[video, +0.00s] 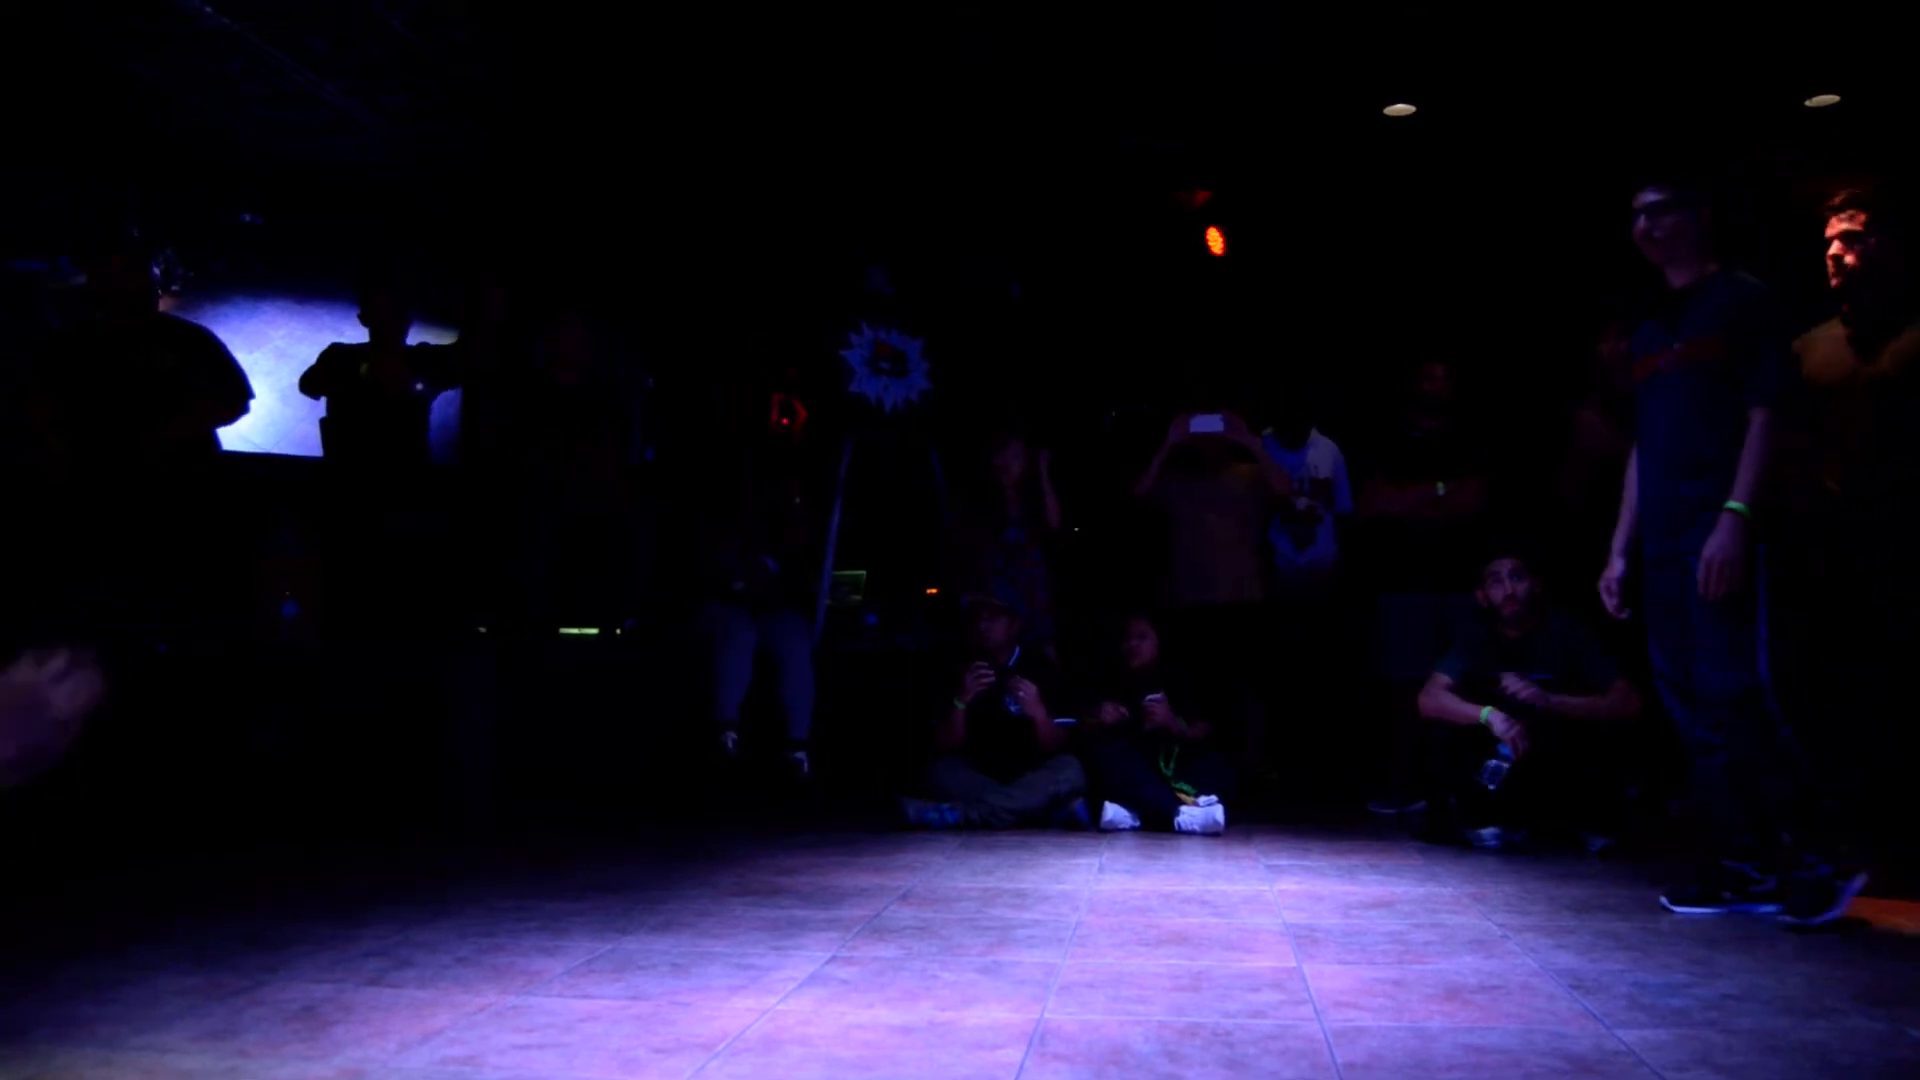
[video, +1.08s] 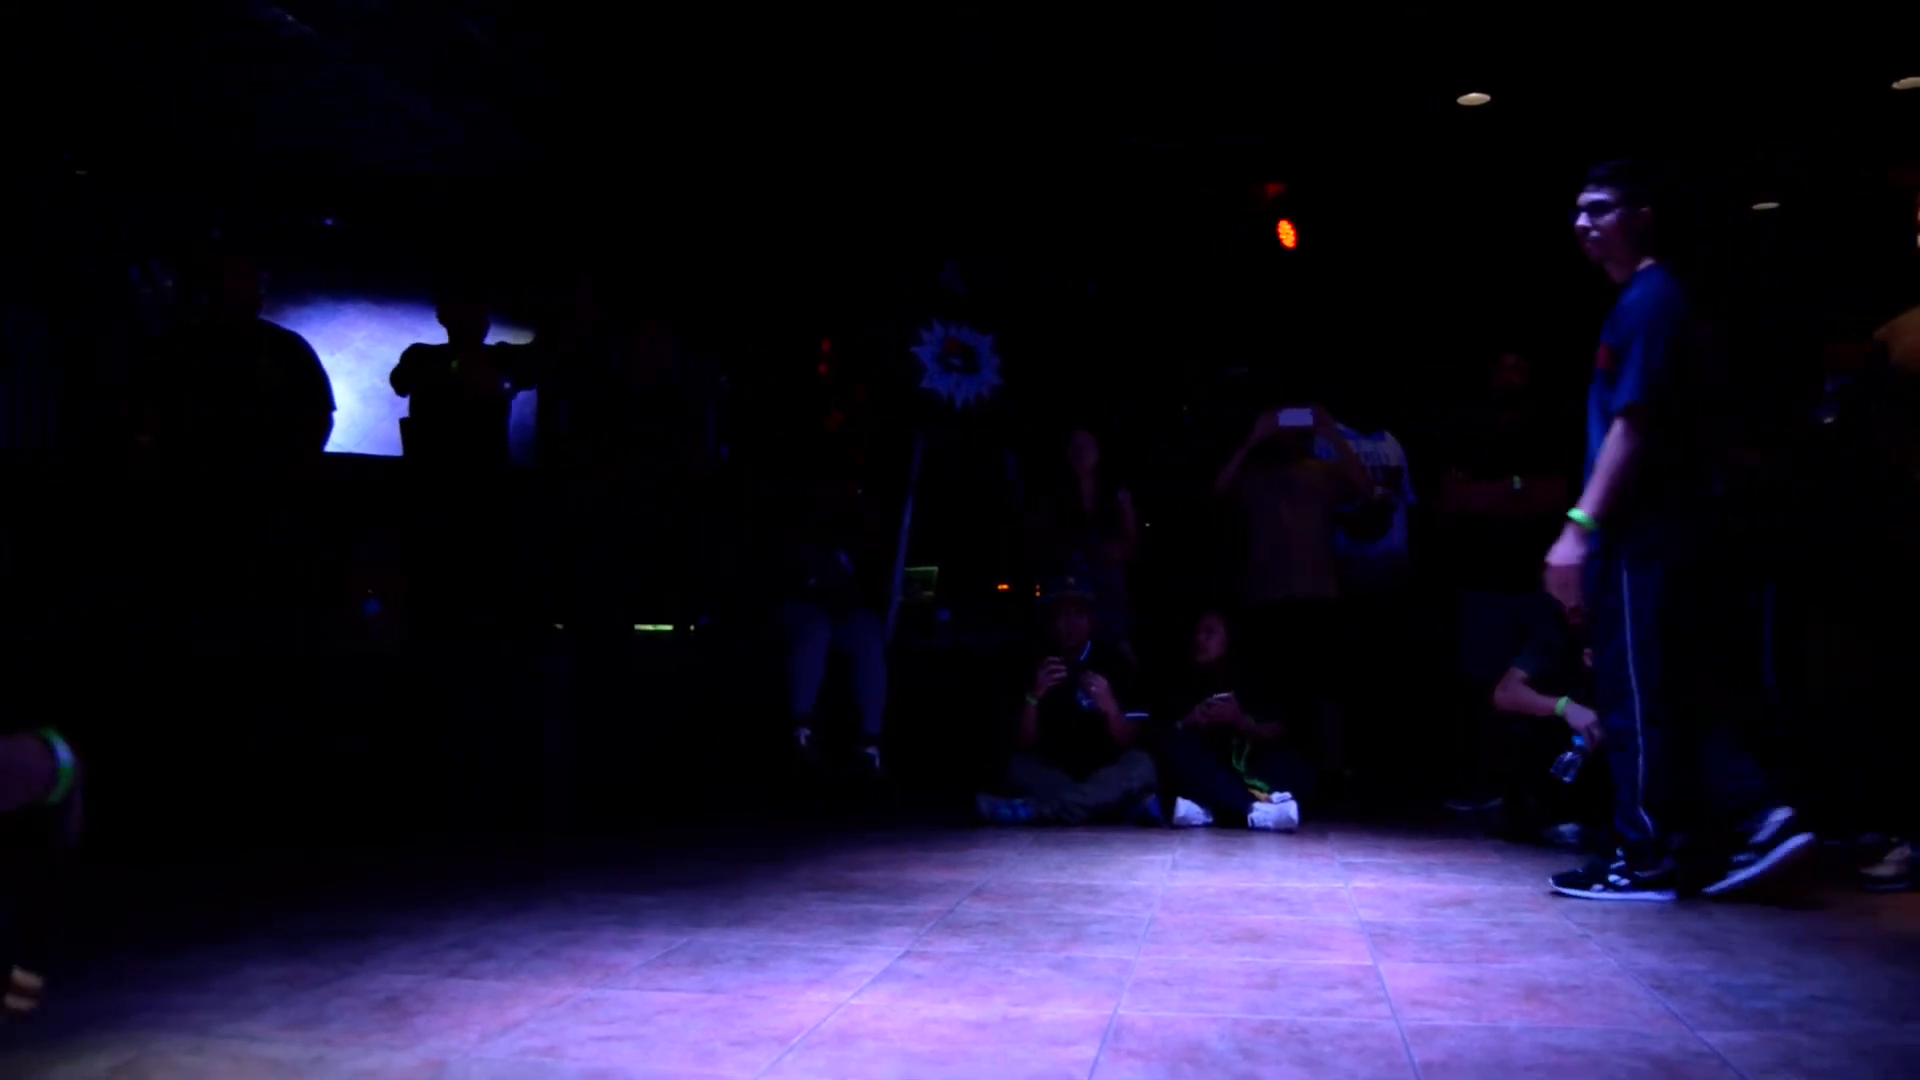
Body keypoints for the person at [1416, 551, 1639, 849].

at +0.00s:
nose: (1508, 589)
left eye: (1517, 578)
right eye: (1496, 581)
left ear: (1534, 585)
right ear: (1483, 595)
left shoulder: (1566, 634)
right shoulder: (1478, 638)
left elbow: (1624, 702)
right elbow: (1430, 699)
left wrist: (1547, 700)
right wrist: (1488, 716)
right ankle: (1485, 821)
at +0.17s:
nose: (1530, 597)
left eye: (1538, 584)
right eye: (1518, 588)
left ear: (1554, 590)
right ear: (1505, 599)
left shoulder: (1588, 639)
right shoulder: (1497, 640)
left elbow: (1645, 702)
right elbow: (1451, 700)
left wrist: (1557, 709)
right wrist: (1518, 712)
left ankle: (1612, 826)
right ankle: (1510, 822)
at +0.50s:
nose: (1563, 597)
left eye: (1572, 584)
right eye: (1551, 588)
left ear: (1589, 589)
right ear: (1538, 598)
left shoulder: (1618, 639)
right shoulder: (1529, 639)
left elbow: (1652, 704)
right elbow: (1484, 699)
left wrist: (1592, 701)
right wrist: (1550, 705)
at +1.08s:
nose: (1572, 595)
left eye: (1577, 584)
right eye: (1562, 586)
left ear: (1592, 581)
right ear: (1549, 587)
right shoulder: (1553, 631)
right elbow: (1506, 692)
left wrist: (1607, 663)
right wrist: (1564, 707)